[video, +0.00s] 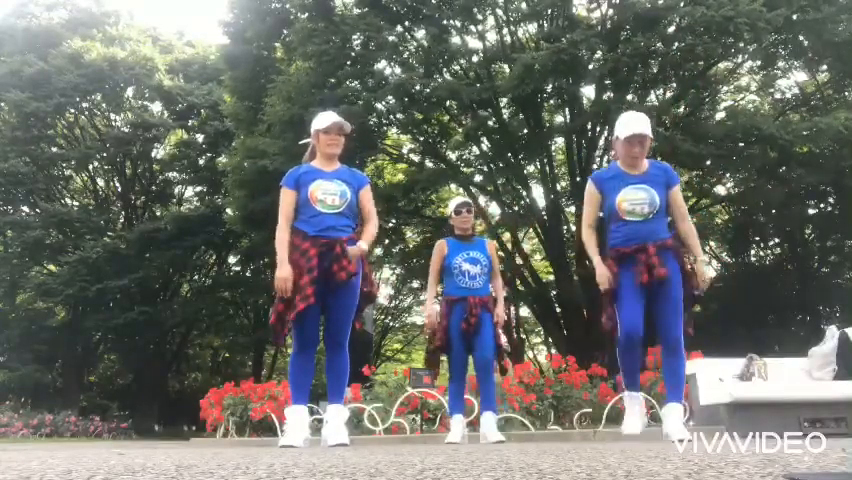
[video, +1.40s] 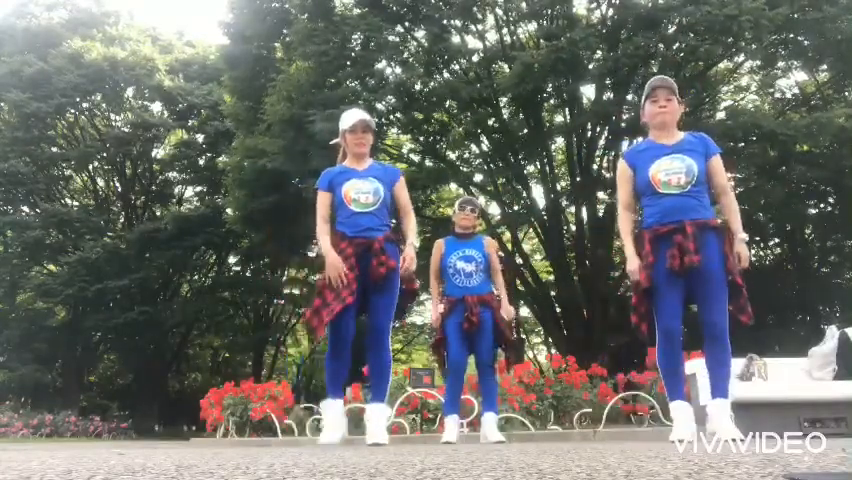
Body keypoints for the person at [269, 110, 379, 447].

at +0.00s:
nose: (333, 138)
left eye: (338, 134)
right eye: (327, 133)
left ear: (345, 139)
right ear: (314, 138)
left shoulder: (357, 178)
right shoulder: (297, 175)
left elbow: (371, 220)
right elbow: (284, 223)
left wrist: (362, 245)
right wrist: (282, 263)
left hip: (346, 259)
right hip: (305, 258)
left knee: (338, 340)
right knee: (305, 341)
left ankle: (336, 418)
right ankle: (297, 418)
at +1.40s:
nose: (360, 136)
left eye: (365, 131)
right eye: (353, 131)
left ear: (373, 135)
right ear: (342, 137)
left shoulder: (391, 173)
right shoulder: (331, 175)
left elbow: (407, 214)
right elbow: (322, 221)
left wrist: (410, 243)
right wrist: (328, 253)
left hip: (385, 252)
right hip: (345, 252)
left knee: (380, 331)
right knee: (341, 332)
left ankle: (378, 414)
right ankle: (334, 413)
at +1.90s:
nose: (327, 150)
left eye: (333, 145)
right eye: (320, 144)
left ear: (339, 150)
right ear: (307, 150)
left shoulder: (347, 177)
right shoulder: (307, 193)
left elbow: (380, 210)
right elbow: (315, 236)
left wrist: (371, 258)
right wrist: (318, 260)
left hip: (373, 261)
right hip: (339, 269)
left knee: (373, 336)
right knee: (306, 322)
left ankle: (377, 415)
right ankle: (308, 411)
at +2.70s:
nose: (310, 147)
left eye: (317, 144)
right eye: (305, 140)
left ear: (322, 151)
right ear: (290, 146)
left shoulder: (329, 179)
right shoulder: (285, 193)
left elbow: (365, 215)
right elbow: (299, 246)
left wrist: (365, 242)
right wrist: (276, 266)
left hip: (338, 267)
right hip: (304, 276)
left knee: (343, 346)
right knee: (268, 329)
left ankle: (388, 417)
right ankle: (260, 417)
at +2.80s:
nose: (316, 125)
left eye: (322, 121)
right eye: (310, 118)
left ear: (328, 127)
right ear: (296, 121)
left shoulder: (336, 159)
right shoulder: (274, 157)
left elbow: (359, 201)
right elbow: (259, 201)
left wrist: (339, 197)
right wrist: (251, 205)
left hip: (322, 244)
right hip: (282, 245)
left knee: (332, 327)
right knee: (266, 327)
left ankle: (354, 403)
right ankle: (259, 415)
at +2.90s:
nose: (319, 121)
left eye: (325, 115)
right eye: (313, 113)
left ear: (330, 119)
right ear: (298, 114)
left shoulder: (335, 150)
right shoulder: (278, 132)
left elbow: (355, 178)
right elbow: (262, 157)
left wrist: (327, 180)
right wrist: (290, 171)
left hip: (316, 236)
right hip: (275, 232)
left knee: (308, 314)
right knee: (265, 316)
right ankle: (247, 406)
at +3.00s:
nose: (320, 133)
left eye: (325, 128)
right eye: (314, 126)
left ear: (329, 134)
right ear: (298, 127)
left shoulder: (329, 165)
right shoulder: (279, 151)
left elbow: (348, 185)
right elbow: (299, 172)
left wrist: (363, 197)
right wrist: (335, 190)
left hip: (304, 250)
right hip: (268, 242)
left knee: (291, 332)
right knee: (255, 326)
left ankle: (265, 414)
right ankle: (237, 414)